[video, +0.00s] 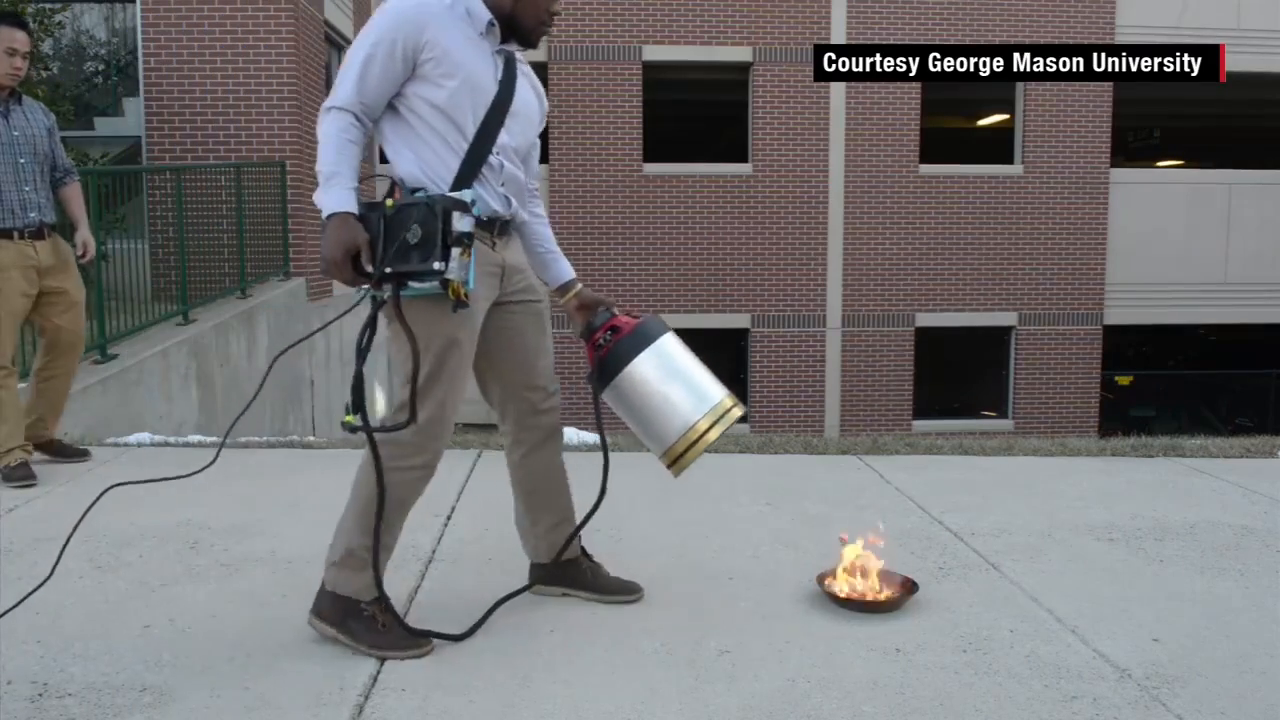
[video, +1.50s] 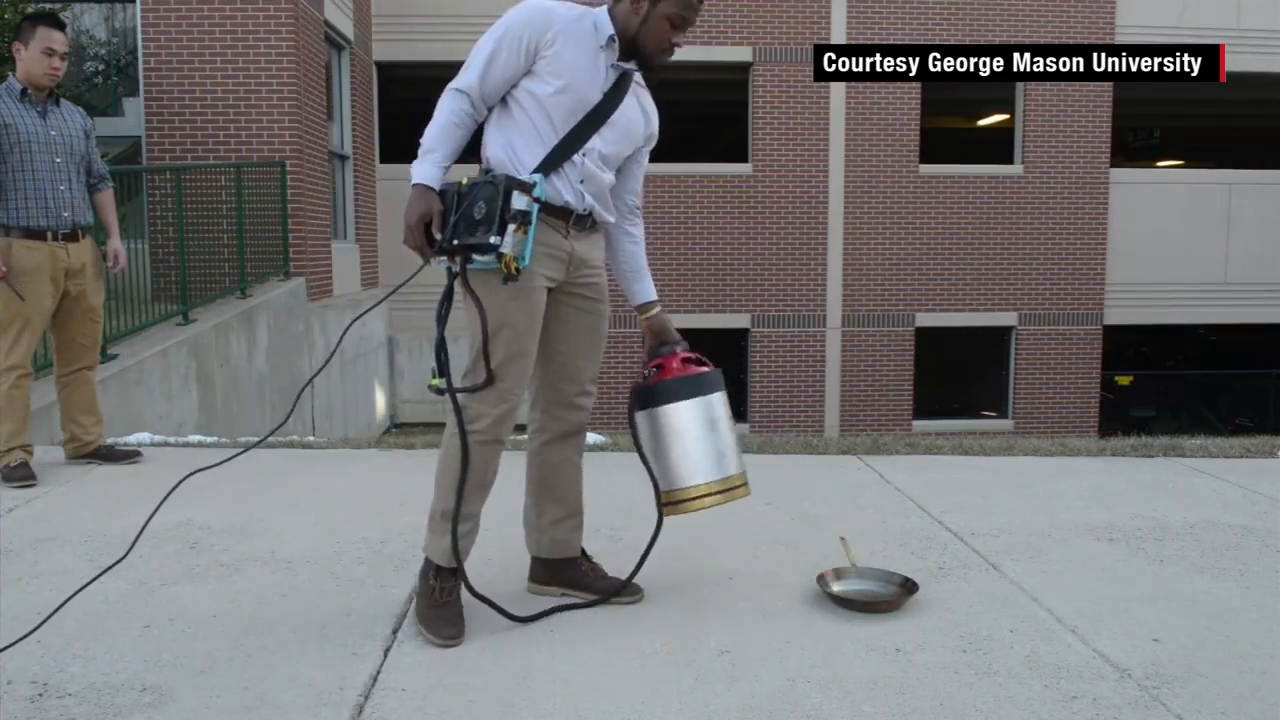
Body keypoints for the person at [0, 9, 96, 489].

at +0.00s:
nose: (18, 64)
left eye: (24, 56)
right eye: (10, 54)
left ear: (30, 62)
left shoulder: (39, 114)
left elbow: (64, 174)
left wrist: (82, 225)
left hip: (52, 247)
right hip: (7, 251)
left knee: (68, 336)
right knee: (5, 357)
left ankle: (39, 432)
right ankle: (10, 453)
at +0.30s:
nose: (30, 62)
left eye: (35, 54)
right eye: (21, 52)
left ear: (39, 61)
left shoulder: (50, 114)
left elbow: (75, 176)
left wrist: (95, 229)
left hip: (62, 249)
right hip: (10, 254)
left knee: (75, 356)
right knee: (7, 364)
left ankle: (85, 444)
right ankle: (13, 454)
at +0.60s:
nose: (46, 62)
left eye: (51, 54)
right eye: (36, 51)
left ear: (55, 61)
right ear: (7, 52)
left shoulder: (66, 115)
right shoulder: (1, 106)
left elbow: (91, 179)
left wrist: (109, 233)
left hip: (73, 249)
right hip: (17, 252)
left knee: (77, 358)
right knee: (13, 363)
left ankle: (85, 444)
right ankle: (13, 454)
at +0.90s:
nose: (56, 62)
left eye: (61, 55)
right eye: (46, 52)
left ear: (64, 62)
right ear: (15, 52)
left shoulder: (74, 117)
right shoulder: (2, 105)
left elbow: (96, 178)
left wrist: (113, 233)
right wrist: (0, 248)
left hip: (78, 250)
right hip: (19, 252)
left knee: (79, 358)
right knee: (15, 364)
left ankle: (86, 444)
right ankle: (13, 454)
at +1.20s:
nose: (59, 63)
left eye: (64, 56)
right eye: (49, 53)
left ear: (68, 63)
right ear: (18, 52)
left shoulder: (77, 117)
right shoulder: (3, 106)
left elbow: (98, 179)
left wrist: (115, 234)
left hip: (79, 250)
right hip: (21, 253)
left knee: (80, 357)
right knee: (15, 363)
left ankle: (86, 444)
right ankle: (13, 454)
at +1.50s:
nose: (59, 64)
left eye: (64, 56)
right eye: (49, 53)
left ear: (68, 63)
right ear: (18, 52)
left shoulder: (77, 117)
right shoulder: (3, 106)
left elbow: (99, 179)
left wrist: (114, 234)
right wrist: (0, 250)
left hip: (80, 250)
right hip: (20, 252)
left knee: (80, 357)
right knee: (16, 363)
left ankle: (86, 444)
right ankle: (13, 454)